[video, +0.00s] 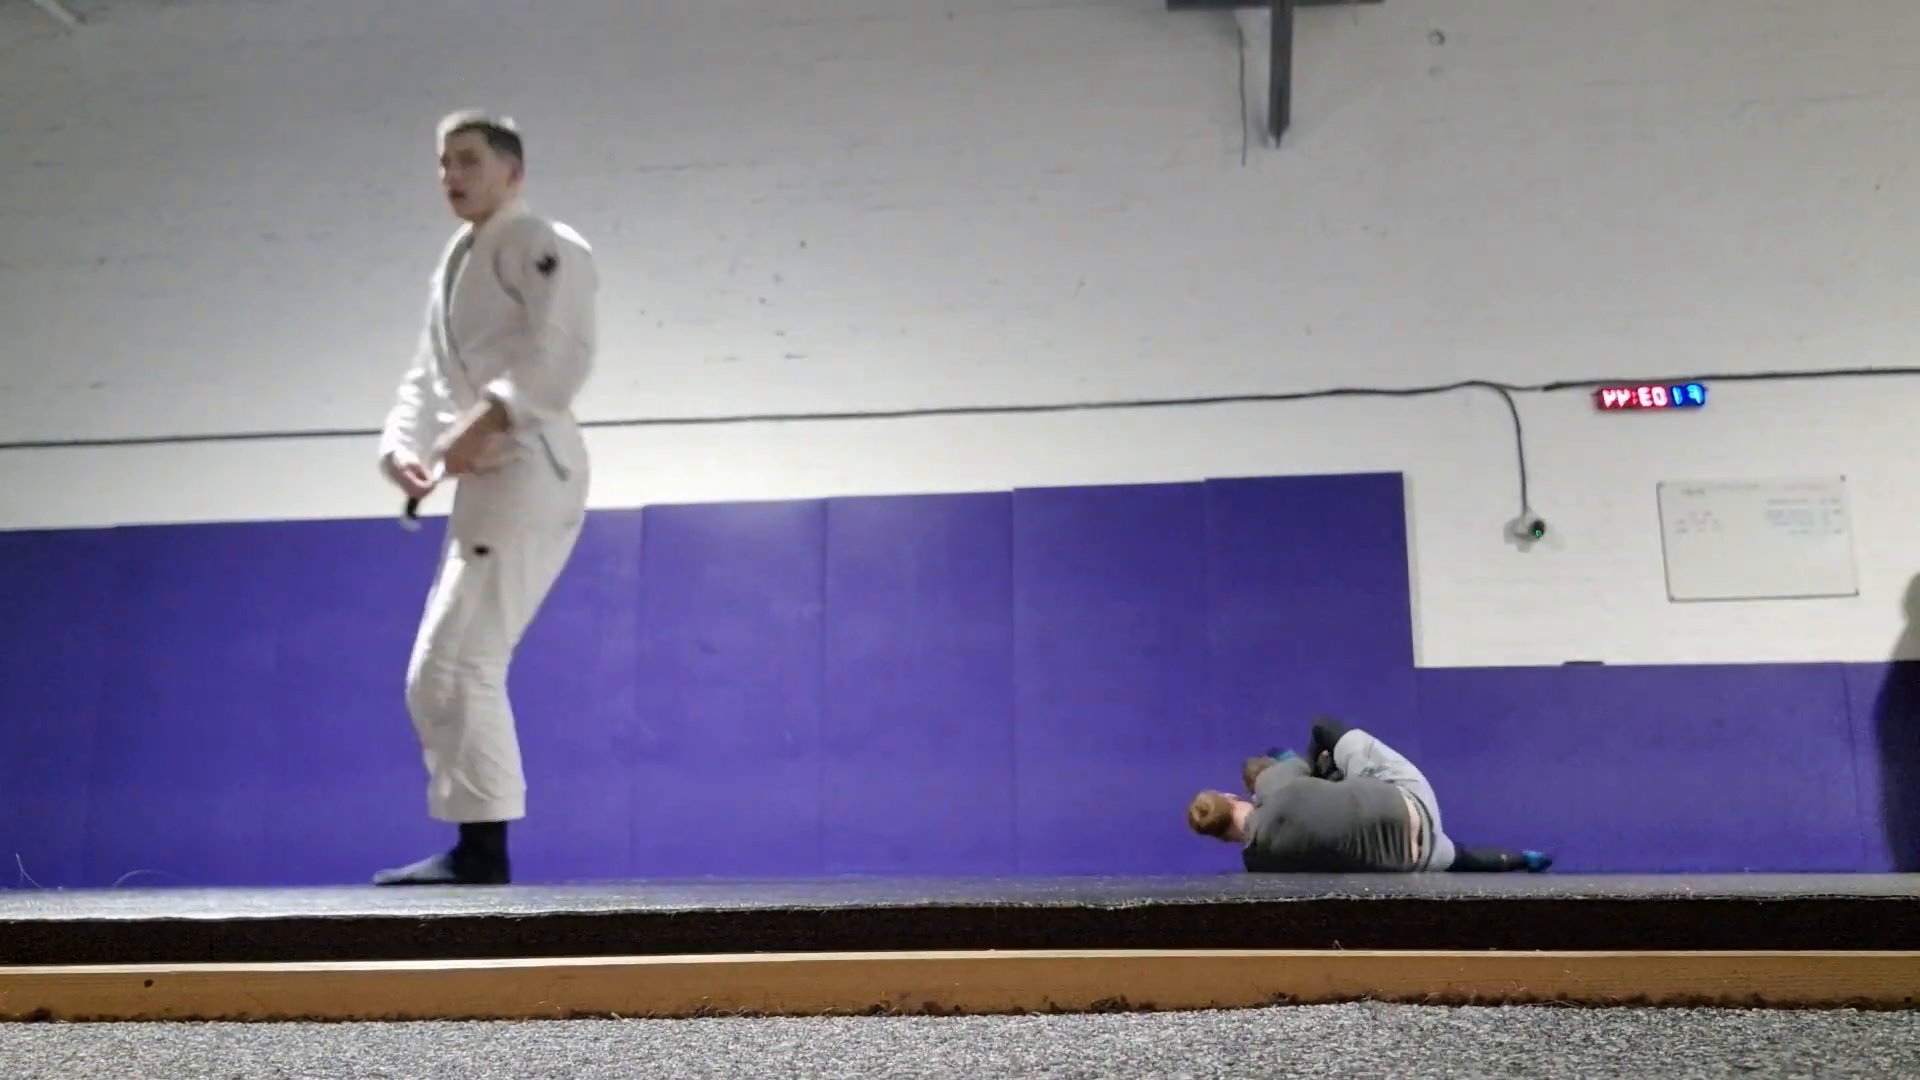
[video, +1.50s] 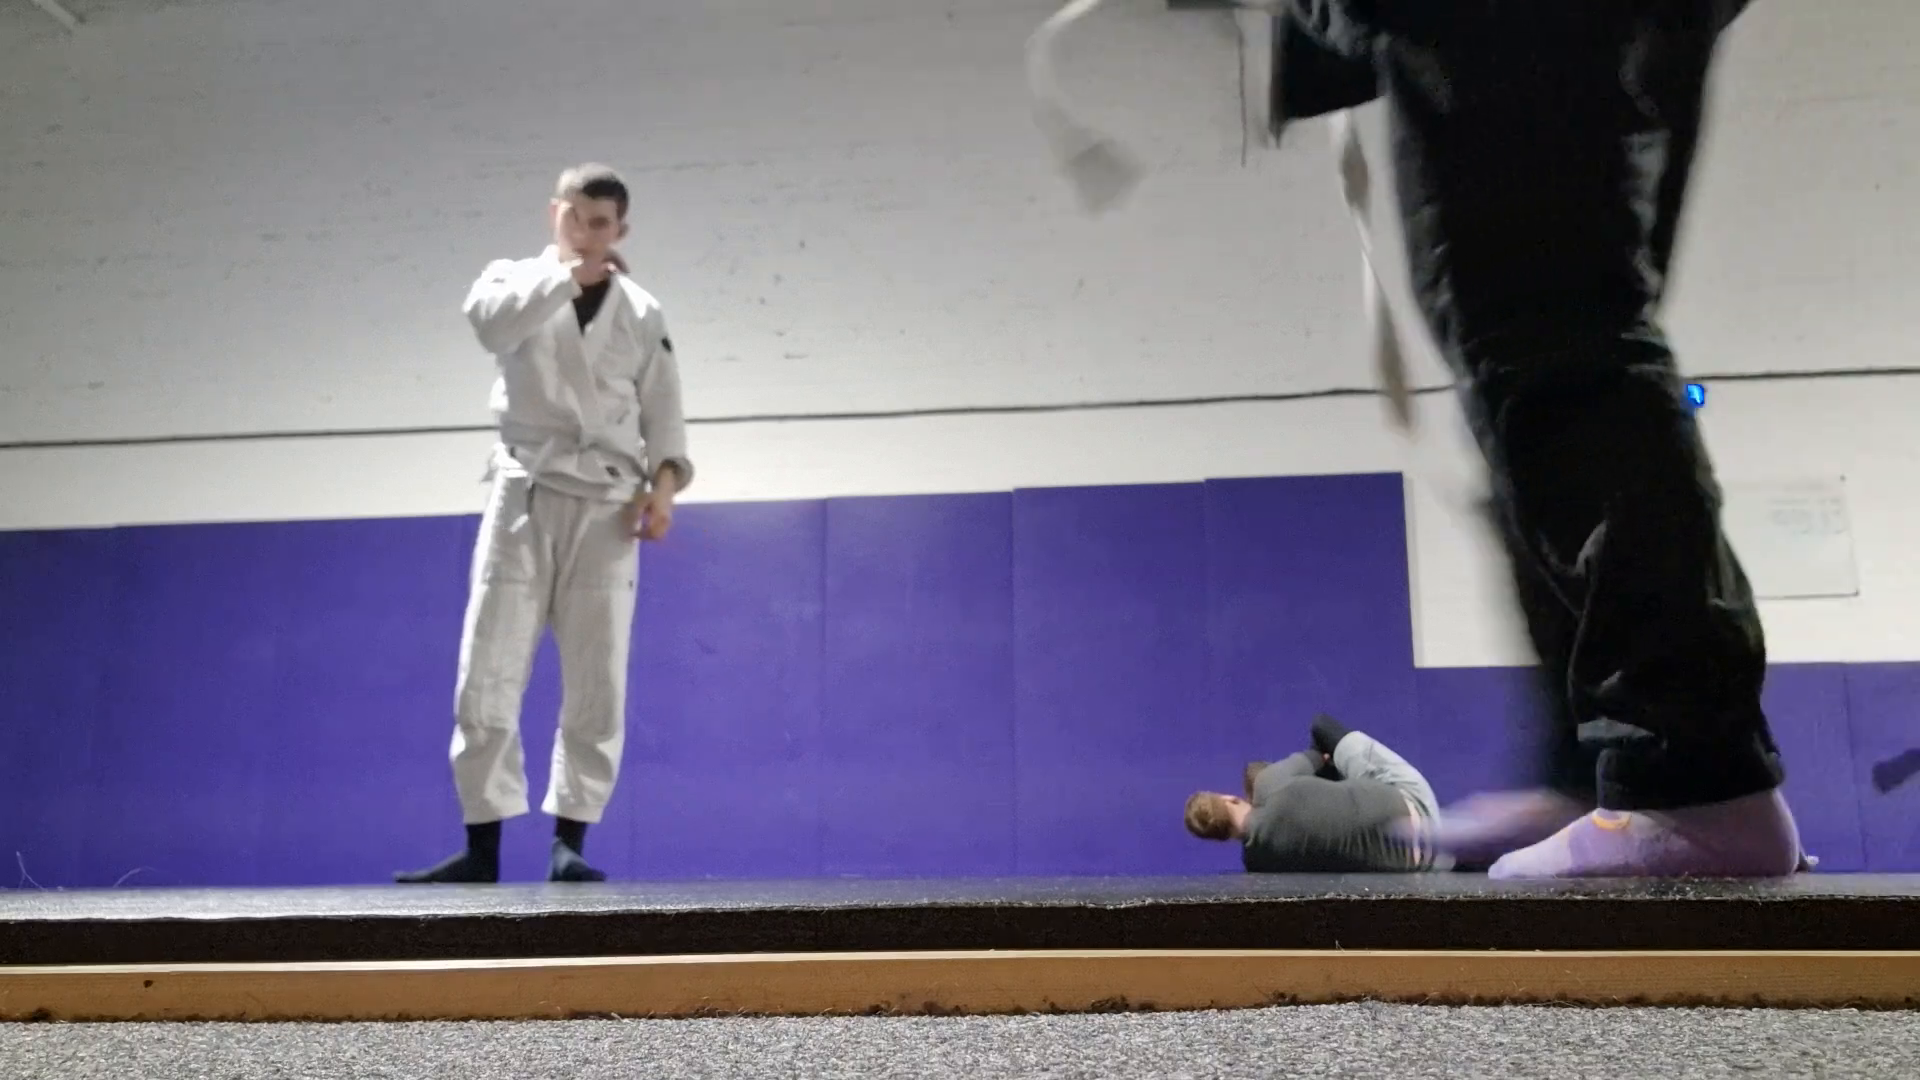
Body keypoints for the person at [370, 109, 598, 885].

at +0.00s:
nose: (451, 175)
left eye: (466, 162)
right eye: (445, 164)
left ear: (511, 170)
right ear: (442, 176)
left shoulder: (547, 244)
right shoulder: (456, 263)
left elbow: (566, 354)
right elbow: (427, 376)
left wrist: (488, 417)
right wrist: (401, 442)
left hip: (533, 476)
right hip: (487, 480)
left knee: (460, 661)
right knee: (440, 667)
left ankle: (483, 852)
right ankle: (475, 848)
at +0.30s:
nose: (490, 194)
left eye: (505, 182)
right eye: (478, 182)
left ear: (533, 196)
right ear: (461, 195)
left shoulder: (571, 281)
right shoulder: (427, 285)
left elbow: (621, 384)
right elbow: (380, 390)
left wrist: (582, 444)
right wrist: (394, 451)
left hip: (545, 495)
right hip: (461, 495)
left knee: (543, 667)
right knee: (448, 677)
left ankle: (548, 840)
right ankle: (476, 848)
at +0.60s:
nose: (553, 207)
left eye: (567, 197)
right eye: (541, 192)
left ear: (584, 213)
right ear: (513, 197)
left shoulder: (608, 300)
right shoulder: (463, 280)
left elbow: (632, 399)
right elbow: (415, 371)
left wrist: (624, 462)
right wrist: (466, 409)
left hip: (576, 507)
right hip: (487, 501)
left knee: (577, 672)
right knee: (469, 671)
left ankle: (568, 848)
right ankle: (475, 851)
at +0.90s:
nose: (578, 230)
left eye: (593, 219)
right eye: (567, 214)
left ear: (610, 226)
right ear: (540, 212)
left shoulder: (630, 309)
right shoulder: (496, 280)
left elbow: (660, 404)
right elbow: (463, 341)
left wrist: (695, 484)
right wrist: (533, 269)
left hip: (600, 499)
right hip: (512, 492)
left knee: (592, 668)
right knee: (481, 665)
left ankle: (569, 845)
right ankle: (481, 848)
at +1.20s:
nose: (597, 234)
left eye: (610, 224)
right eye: (585, 218)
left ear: (623, 230)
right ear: (554, 217)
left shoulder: (638, 313)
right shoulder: (511, 282)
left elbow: (662, 404)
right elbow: (475, 324)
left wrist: (680, 482)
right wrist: (549, 266)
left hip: (608, 505)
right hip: (521, 497)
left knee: (597, 674)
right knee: (488, 668)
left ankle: (569, 848)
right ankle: (481, 850)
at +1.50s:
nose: (595, 236)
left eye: (607, 226)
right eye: (584, 222)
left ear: (622, 231)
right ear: (555, 219)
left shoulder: (640, 312)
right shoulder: (513, 279)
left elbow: (664, 407)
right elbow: (489, 322)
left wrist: (665, 483)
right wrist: (569, 275)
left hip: (608, 506)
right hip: (521, 497)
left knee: (596, 674)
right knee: (487, 667)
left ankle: (570, 846)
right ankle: (481, 851)